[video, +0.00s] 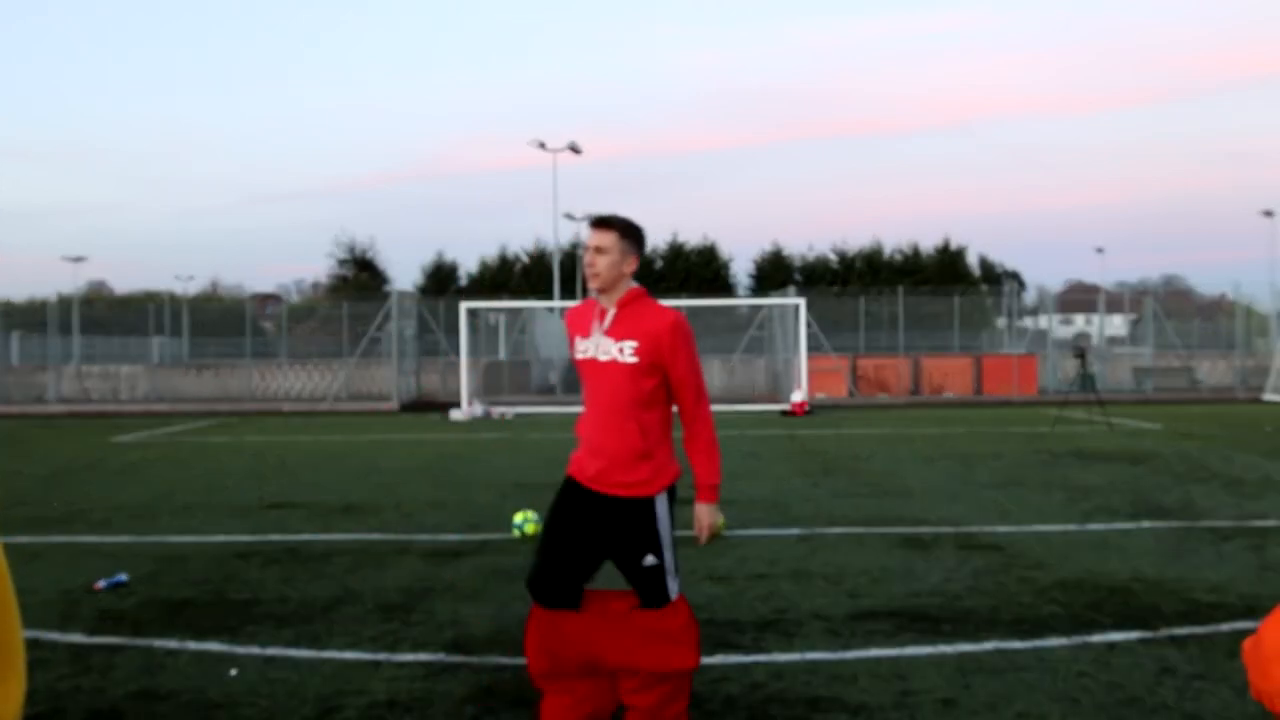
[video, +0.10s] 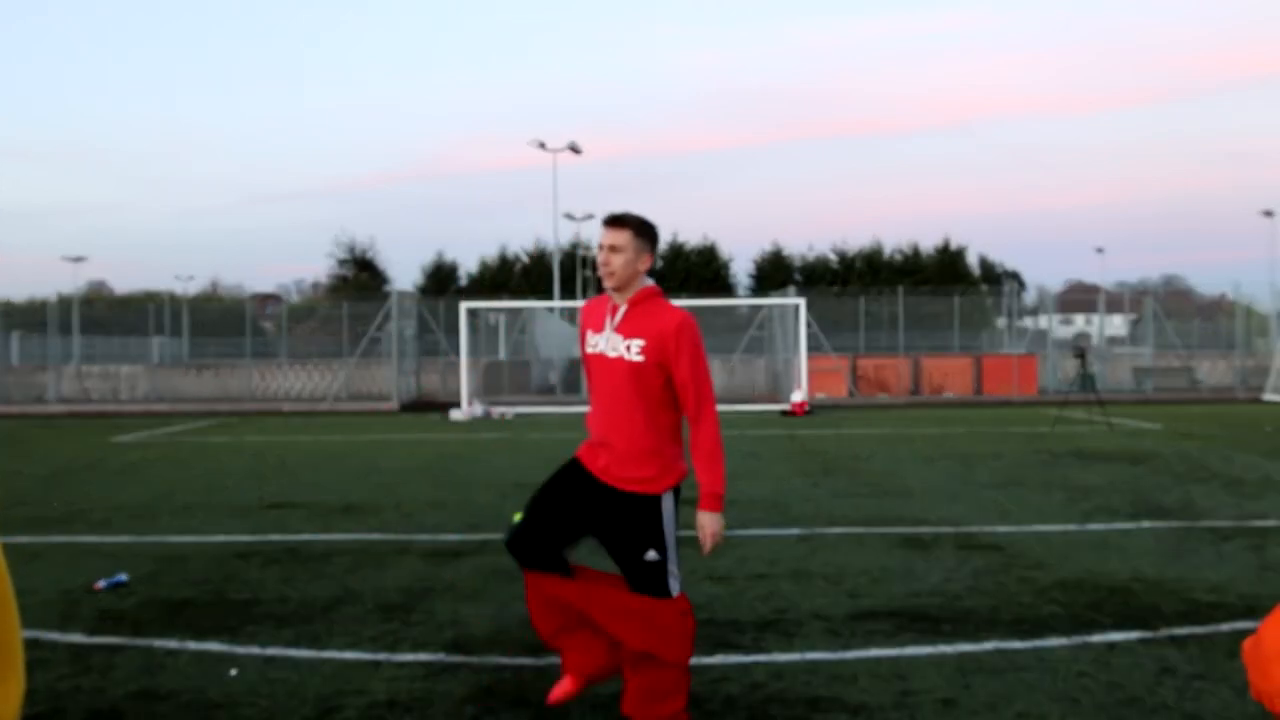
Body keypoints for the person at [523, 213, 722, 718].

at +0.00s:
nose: (589, 261)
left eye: (601, 252)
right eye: (587, 251)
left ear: (630, 262)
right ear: (583, 258)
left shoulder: (664, 324)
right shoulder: (578, 318)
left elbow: (695, 412)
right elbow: (601, 394)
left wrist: (707, 495)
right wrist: (602, 457)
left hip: (642, 490)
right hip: (584, 483)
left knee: (660, 606)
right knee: (549, 593)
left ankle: (664, 703)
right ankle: (570, 701)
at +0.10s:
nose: (603, 260)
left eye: (615, 251)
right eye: (600, 250)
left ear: (646, 259)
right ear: (598, 255)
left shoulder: (674, 325)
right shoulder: (592, 314)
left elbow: (702, 415)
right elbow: (603, 388)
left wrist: (711, 501)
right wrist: (609, 449)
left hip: (646, 482)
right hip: (594, 466)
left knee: (657, 605)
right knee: (529, 542)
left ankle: (658, 709)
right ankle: (588, 652)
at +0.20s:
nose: (610, 259)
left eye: (622, 250)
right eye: (606, 249)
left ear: (652, 259)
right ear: (601, 256)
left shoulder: (674, 324)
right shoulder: (597, 313)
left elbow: (700, 416)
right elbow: (598, 391)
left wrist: (709, 505)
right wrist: (588, 452)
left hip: (648, 481)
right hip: (594, 461)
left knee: (656, 606)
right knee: (520, 510)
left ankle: (661, 709)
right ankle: (583, 618)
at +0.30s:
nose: (622, 260)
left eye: (634, 250)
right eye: (615, 250)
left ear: (654, 259)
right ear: (605, 257)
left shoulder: (672, 322)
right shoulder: (599, 313)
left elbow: (697, 413)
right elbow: (587, 395)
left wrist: (697, 505)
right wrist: (551, 452)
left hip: (651, 485)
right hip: (602, 462)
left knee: (663, 608)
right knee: (517, 490)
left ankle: (662, 710)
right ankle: (579, 602)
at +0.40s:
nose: (627, 260)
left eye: (638, 251)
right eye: (619, 251)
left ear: (655, 259)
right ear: (607, 258)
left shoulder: (673, 320)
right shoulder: (601, 312)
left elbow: (696, 412)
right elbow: (583, 392)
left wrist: (683, 497)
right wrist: (541, 446)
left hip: (651, 483)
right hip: (602, 464)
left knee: (661, 608)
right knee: (520, 512)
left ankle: (663, 708)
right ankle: (577, 623)